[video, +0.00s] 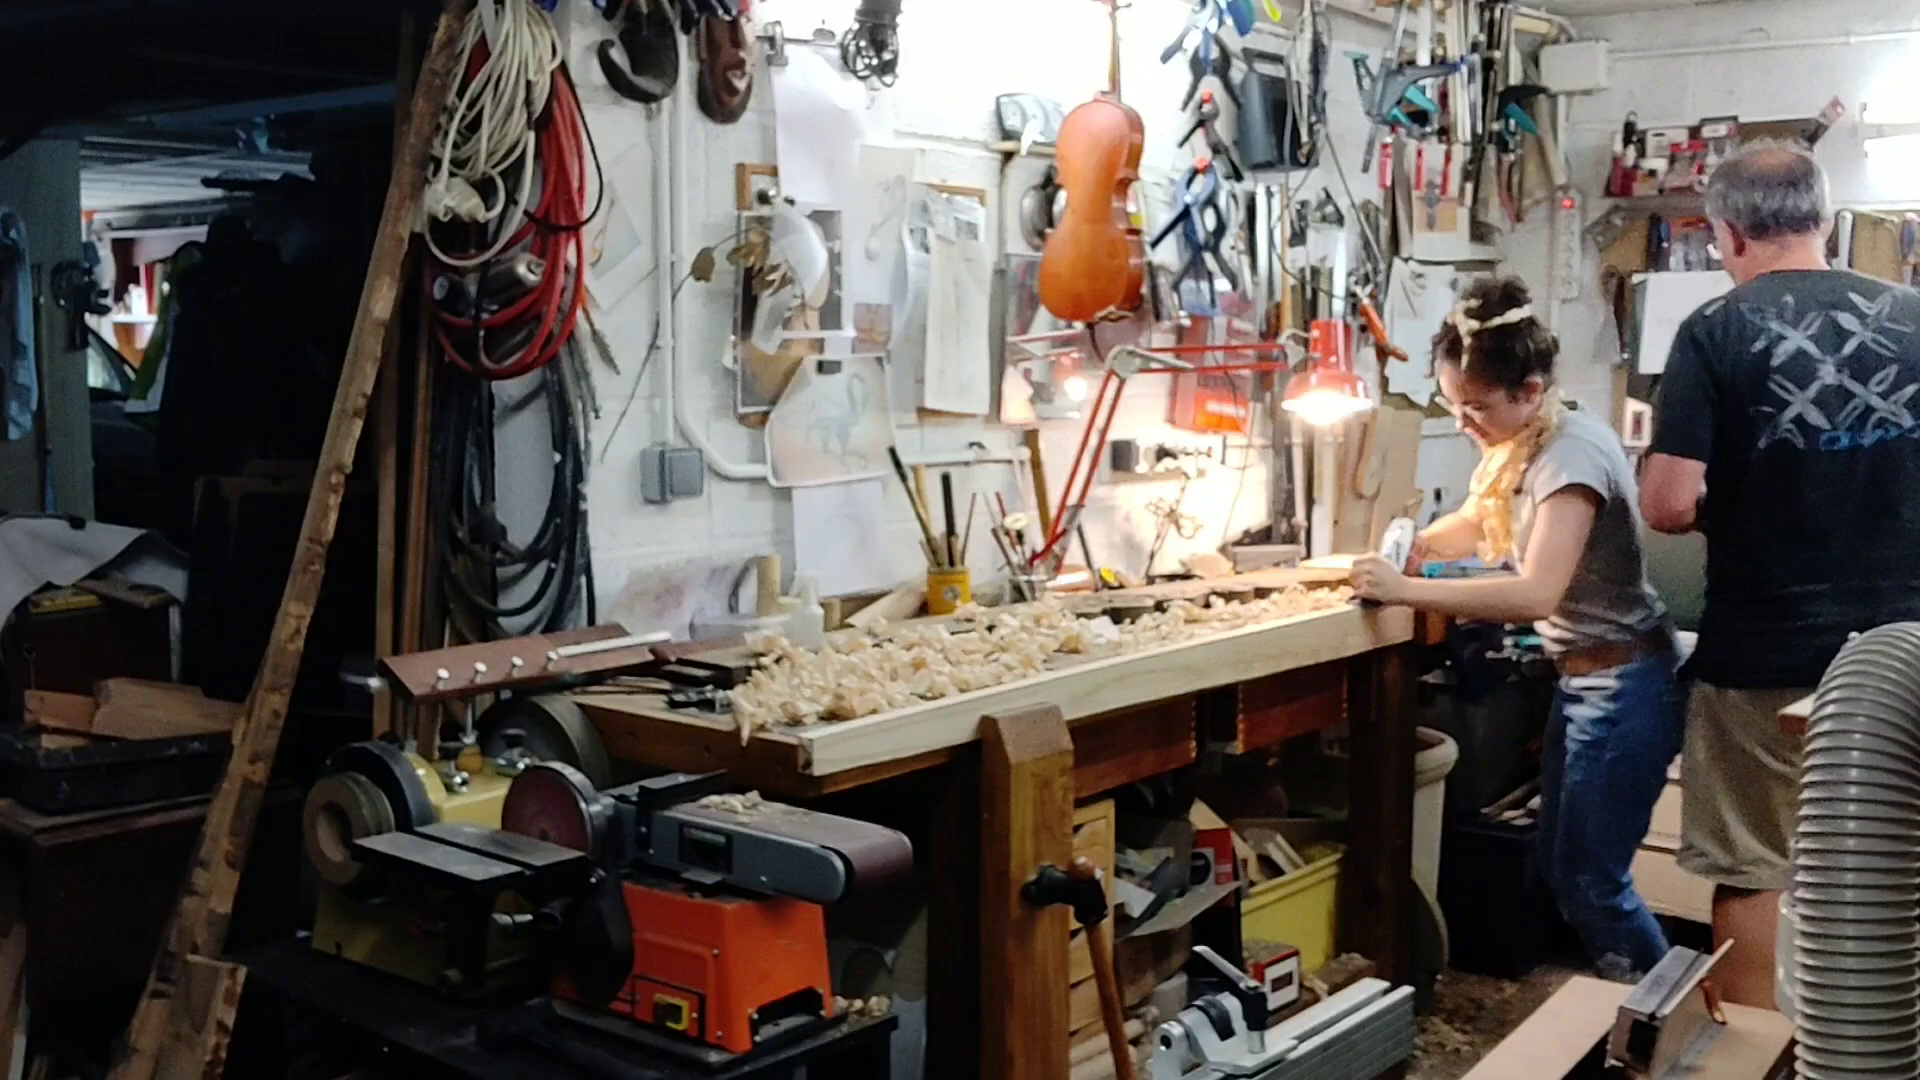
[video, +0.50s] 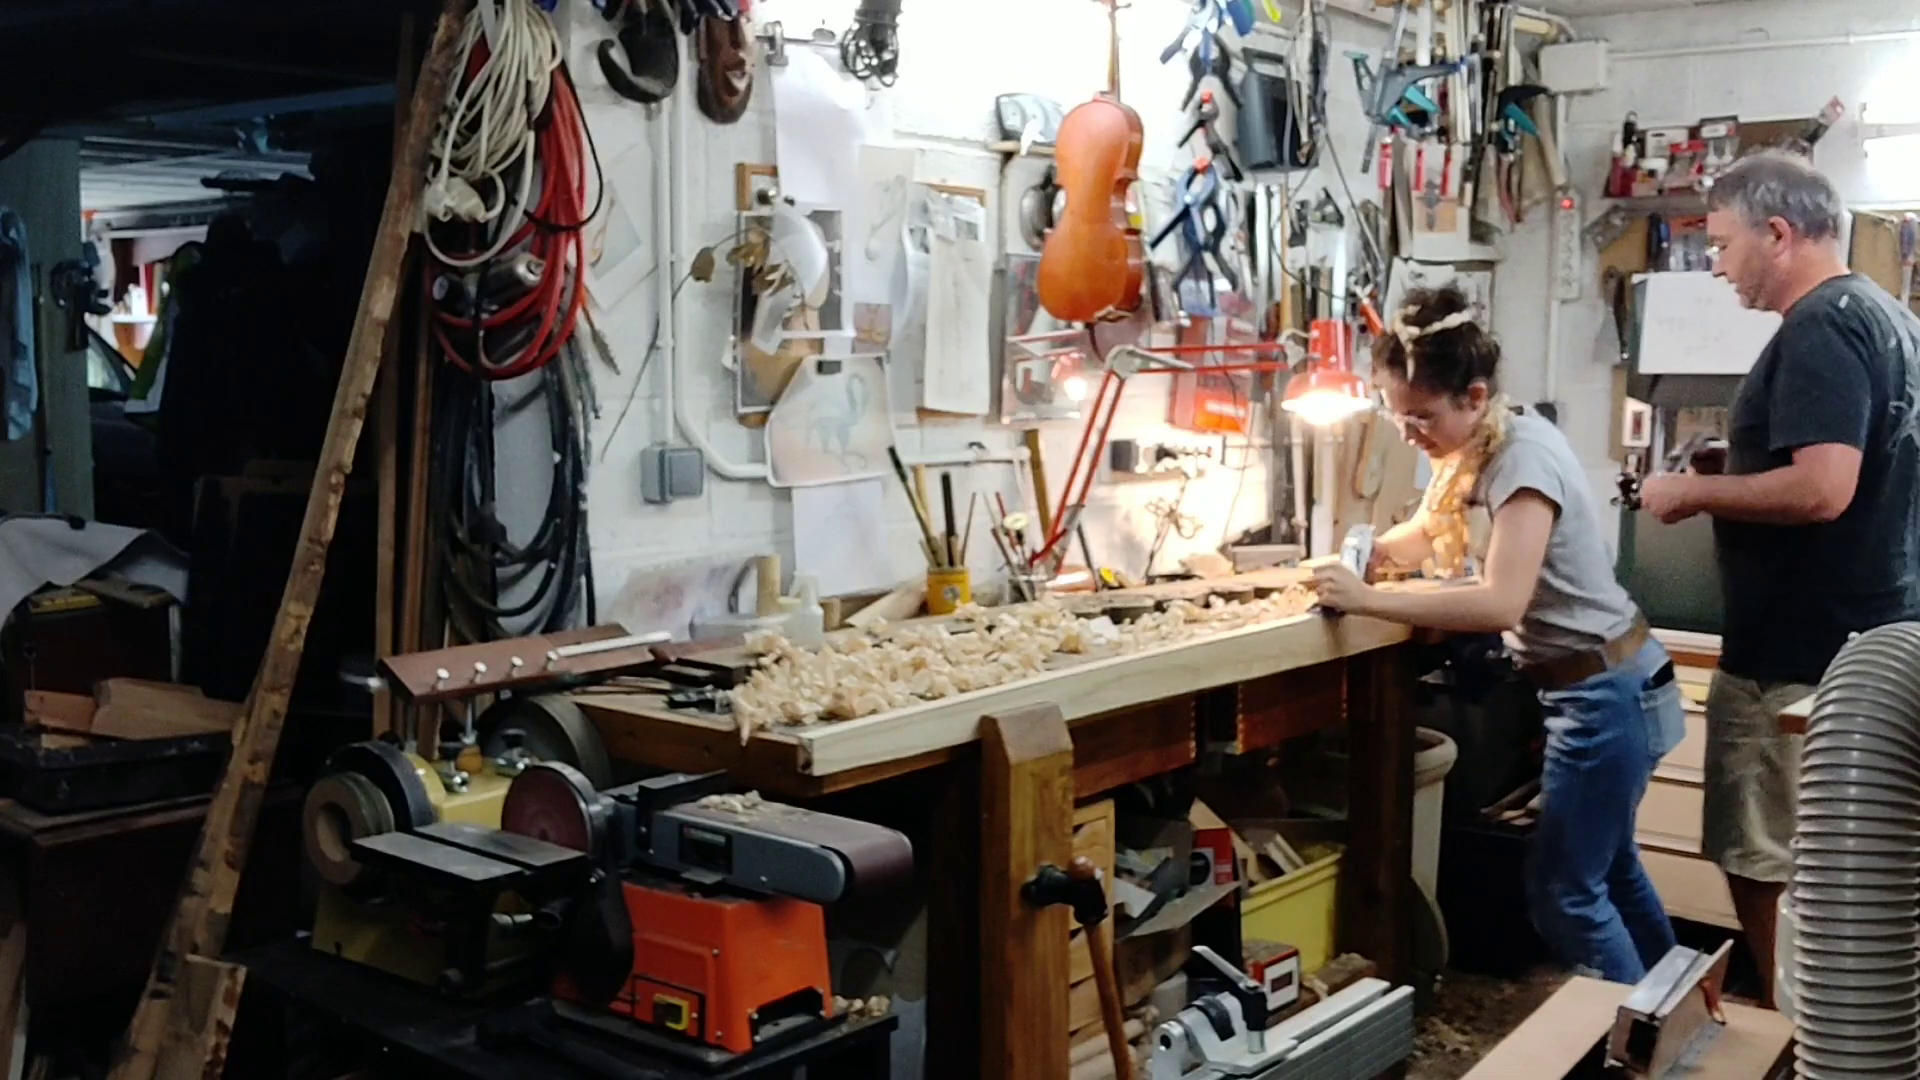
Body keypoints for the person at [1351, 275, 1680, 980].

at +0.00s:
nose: (1462, 420)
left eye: (1478, 406)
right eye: (1453, 405)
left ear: (1531, 390)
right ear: (1444, 384)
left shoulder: (1572, 453)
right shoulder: (1516, 453)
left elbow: (1538, 593)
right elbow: (1479, 524)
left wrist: (1407, 588)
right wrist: (1412, 546)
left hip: (1623, 682)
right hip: (1580, 679)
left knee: (1589, 881)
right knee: (1559, 873)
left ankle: (1673, 1018)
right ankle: (1628, 1016)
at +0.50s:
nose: (1406, 431)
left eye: (1421, 415)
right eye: (1397, 414)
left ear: (1476, 395)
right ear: (1387, 392)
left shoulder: (1526, 456)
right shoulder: (1470, 450)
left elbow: (1500, 602)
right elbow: (1430, 538)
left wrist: (1370, 598)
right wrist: (1367, 557)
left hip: (1605, 692)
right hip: (1584, 685)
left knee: (1564, 891)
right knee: (1614, 868)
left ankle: (1642, 1026)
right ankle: (1676, 1002)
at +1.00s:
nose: (1368, 437)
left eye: (1382, 422)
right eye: (1361, 419)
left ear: (1442, 405)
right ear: (1356, 393)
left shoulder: (1492, 475)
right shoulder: (1425, 466)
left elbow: (1433, 624)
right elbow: (1365, 545)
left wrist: (1286, 615)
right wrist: (1292, 563)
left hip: (1563, 726)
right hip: (1492, 719)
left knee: (1560, 915)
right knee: (1462, 892)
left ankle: (1628, 1037)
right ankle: (1546, 1016)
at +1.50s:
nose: (1217, 449)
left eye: (1231, 430)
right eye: (1208, 429)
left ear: (1295, 407)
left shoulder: (1360, 481)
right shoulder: (1283, 483)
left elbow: (1314, 652)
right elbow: (1221, 572)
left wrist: (1162, 652)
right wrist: (1144, 597)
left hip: (1439, 752)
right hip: (1362, 745)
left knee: (1395, 971)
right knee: (1353, 962)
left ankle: (1523, 1061)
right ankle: (1452, 1062)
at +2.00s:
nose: (1059, 445)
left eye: (1068, 423)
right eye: (1052, 424)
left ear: (1144, 402)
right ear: (1139, 406)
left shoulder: (1219, 494)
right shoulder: (1165, 480)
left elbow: (1142, 696)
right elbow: (1102, 584)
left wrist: (964, 689)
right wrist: (1010, 620)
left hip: (1325, 795)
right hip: (1294, 787)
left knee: (1194, 1026)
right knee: (1348, 1013)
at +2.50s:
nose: (1122, 351)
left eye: (1133, 330)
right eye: (1122, 328)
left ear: (1193, 338)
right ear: (1211, 340)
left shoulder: (1240, 463)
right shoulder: (1276, 440)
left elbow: (1125, 661)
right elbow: (1172, 600)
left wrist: (947, 617)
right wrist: (1038, 594)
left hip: (1317, 783)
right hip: (1400, 755)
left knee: (1232, 1045)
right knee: (1374, 1034)